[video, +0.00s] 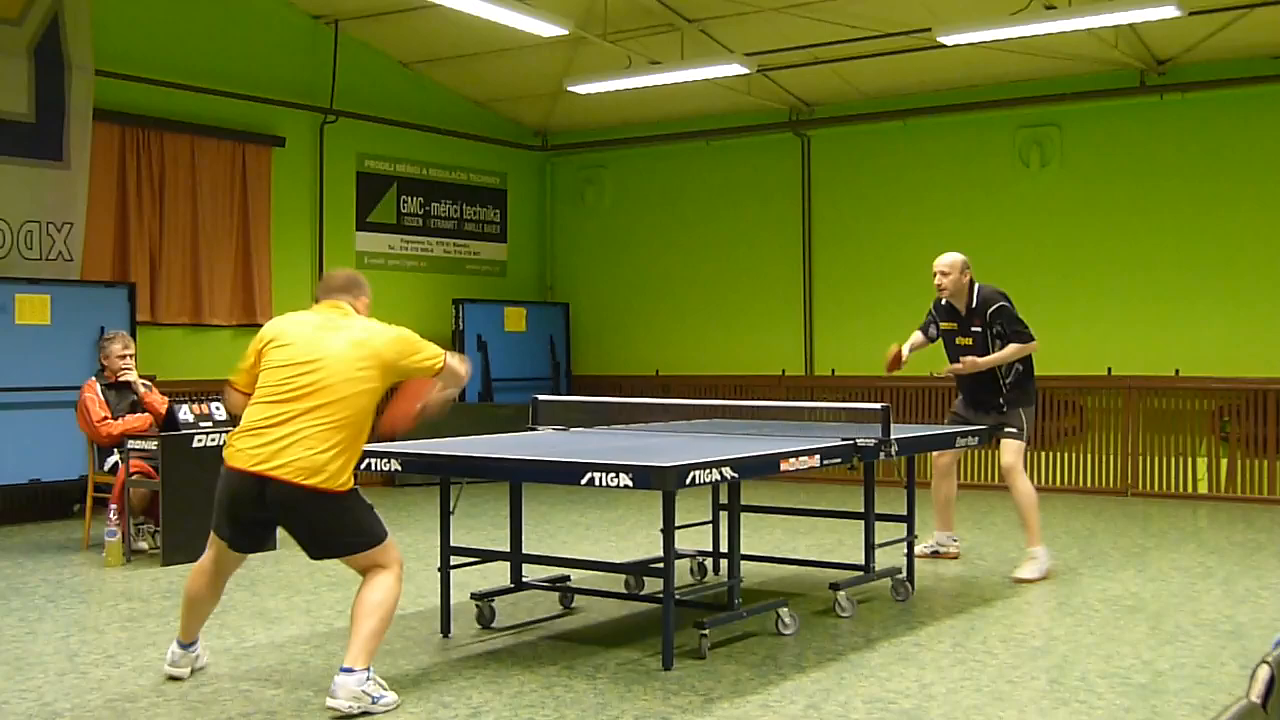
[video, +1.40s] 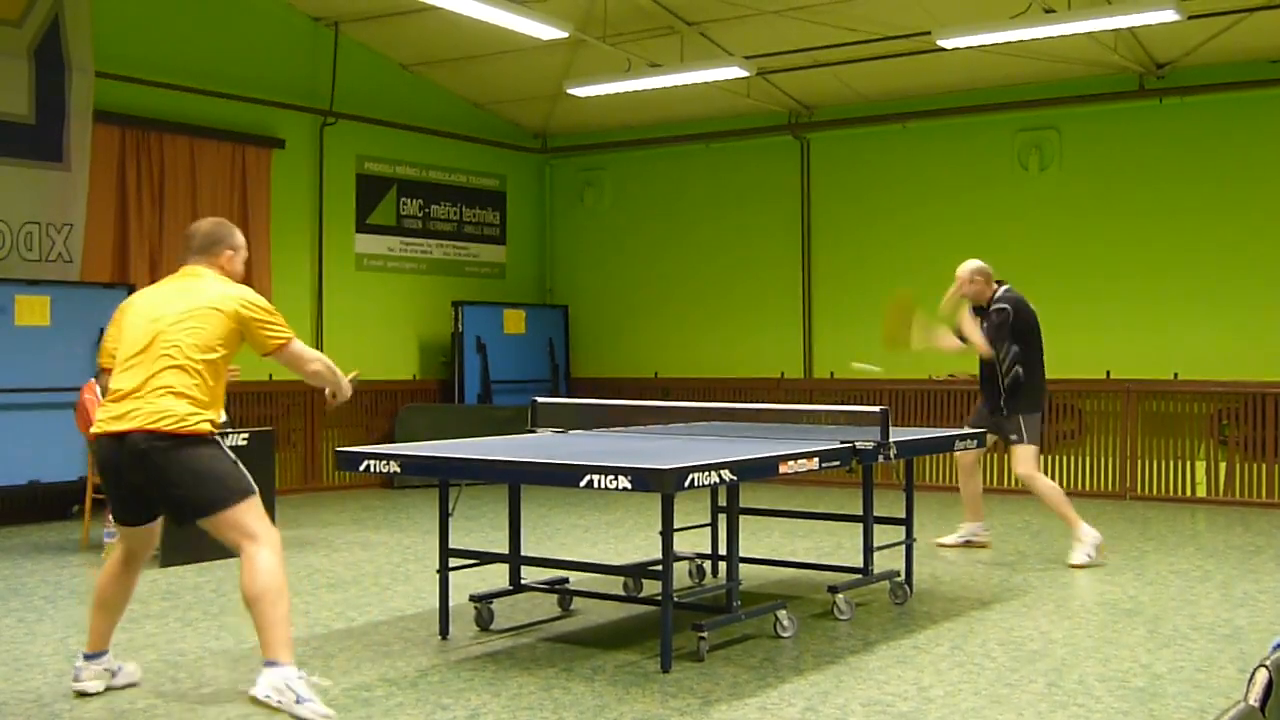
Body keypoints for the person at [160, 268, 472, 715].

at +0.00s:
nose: (371, 311)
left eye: (368, 306)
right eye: (369, 305)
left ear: (319, 300)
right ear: (361, 303)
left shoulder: (278, 327)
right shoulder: (383, 338)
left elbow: (235, 400)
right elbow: (458, 368)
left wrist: (287, 415)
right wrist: (434, 396)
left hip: (242, 470)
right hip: (314, 483)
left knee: (215, 560)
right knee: (383, 566)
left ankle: (183, 649)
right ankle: (354, 677)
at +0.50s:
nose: (335, 284)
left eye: (335, 276)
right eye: (335, 276)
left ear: (286, 268)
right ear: (323, 273)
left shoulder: (232, 301)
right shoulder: (325, 315)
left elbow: (189, 370)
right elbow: (390, 386)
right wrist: (428, 393)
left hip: (177, 436)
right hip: (239, 445)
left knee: (171, 539)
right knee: (318, 544)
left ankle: (130, 638)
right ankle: (322, 675)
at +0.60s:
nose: (317, 300)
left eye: (317, 291)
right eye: (317, 291)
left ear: (266, 285)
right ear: (305, 289)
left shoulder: (218, 319)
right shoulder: (303, 334)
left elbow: (209, 384)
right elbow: (361, 422)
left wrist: (286, 400)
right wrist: (374, 408)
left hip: (160, 459)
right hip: (217, 466)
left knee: (159, 553)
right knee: (298, 566)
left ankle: (98, 655)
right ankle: (287, 693)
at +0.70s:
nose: (293, 315)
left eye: (292, 307)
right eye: (292, 307)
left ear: (243, 302)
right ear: (279, 306)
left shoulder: (190, 338)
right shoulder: (279, 349)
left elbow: (167, 403)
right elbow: (329, 437)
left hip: (145, 476)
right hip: (213, 481)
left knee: (156, 557)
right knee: (303, 573)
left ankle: (94, 659)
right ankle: (287, 694)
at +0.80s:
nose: (251, 317)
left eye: (251, 311)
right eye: (250, 310)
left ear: (196, 305)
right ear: (237, 308)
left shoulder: (149, 346)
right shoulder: (251, 351)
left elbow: (146, 414)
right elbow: (305, 428)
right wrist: (267, 453)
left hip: (134, 499)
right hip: (207, 499)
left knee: (127, 552)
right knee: (295, 577)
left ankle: (89, 659)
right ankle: (286, 694)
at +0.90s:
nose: (226, 317)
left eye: (223, 311)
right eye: (225, 311)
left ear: (173, 310)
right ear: (215, 311)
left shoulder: (128, 344)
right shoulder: (236, 346)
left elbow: (89, 391)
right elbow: (309, 386)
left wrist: (138, 404)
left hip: (121, 491)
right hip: (192, 493)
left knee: (113, 551)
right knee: (278, 576)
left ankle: (88, 660)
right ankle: (284, 693)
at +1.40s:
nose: (243, 266)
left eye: (243, 258)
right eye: (242, 258)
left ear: (190, 255)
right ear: (228, 256)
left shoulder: (136, 300)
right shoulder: (236, 297)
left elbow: (108, 372)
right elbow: (308, 363)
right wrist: (336, 381)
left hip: (114, 440)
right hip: (179, 437)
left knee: (131, 549)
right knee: (260, 540)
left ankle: (92, 663)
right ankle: (280, 671)